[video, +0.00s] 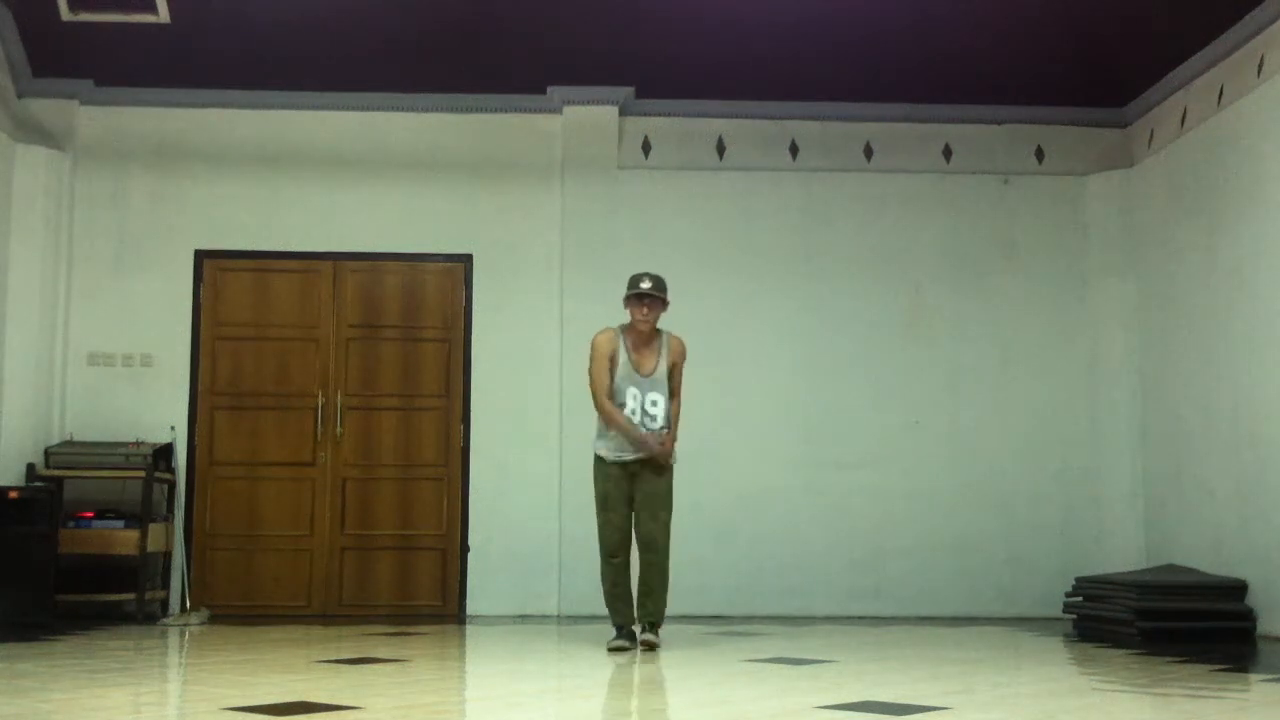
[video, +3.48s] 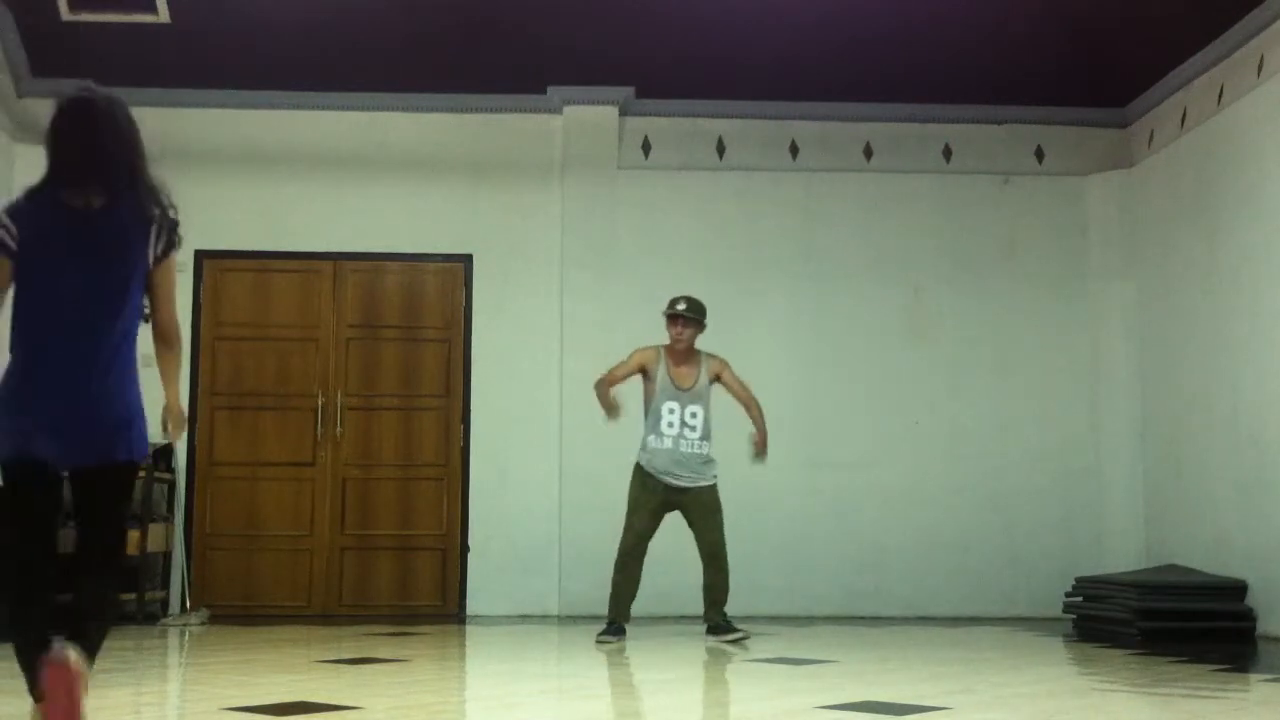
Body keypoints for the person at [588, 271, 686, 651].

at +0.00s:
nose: (644, 308)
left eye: (652, 302)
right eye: (637, 301)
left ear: (663, 307)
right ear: (627, 304)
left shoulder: (673, 347)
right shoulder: (606, 342)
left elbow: (674, 399)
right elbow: (601, 401)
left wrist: (669, 439)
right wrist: (639, 438)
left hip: (655, 460)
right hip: (612, 460)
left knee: (654, 542)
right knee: (614, 546)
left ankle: (650, 625)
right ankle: (622, 627)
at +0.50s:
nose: (653, 306)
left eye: (661, 300)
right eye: (647, 299)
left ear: (676, 306)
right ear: (639, 304)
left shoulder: (686, 358)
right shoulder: (621, 335)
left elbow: (681, 409)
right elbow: (576, 363)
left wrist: (679, 447)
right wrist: (594, 407)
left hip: (661, 464)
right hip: (617, 459)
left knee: (659, 548)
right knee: (620, 547)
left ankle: (654, 623)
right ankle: (626, 626)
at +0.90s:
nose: (628, 312)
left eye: (634, 306)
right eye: (626, 306)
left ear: (659, 306)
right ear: (628, 309)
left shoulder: (689, 349)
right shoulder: (624, 341)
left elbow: (698, 404)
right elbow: (601, 377)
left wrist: (676, 410)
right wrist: (578, 417)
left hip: (668, 467)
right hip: (624, 462)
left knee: (662, 550)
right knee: (623, 540)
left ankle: (655, 628)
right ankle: (626, 623)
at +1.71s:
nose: (636, 303)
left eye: (644, 297)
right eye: (630, 297)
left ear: (655, 304)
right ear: (621, 302)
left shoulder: (671, 351)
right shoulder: (601, 347)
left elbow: (677, 409)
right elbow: (590, 398)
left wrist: (677, 461)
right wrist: (595, 428)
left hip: (655, 463)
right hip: (612, 463)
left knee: (652, 545)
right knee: (618, 547)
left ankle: (652, 620)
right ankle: (628, 624)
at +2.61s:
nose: (628, 320)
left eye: (635, 315)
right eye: (622, 313)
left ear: (645, 320)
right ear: (612, 317)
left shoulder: (661, 359)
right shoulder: (594, 364)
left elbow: (670, 409)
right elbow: (589, 421)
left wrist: (697, 411)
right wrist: (573, 412)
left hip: (650, 470)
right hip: (607, 472)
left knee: (652, 544)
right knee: (608, 549)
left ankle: (657, 616)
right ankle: (613, 623)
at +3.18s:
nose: (660, 332)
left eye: (667, 327)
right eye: (654, 326)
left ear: (676, 332)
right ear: (644, 329)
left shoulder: (688, 373)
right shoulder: (624, 371)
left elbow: (705, 421)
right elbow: (605, 415)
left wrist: (731, 387)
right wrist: (589, 373)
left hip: (682, 482)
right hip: (636, 480)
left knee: (709, 550)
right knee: (621, 550)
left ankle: (715, 621)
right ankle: (615, 623)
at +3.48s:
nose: (678, 328)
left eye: (687, 323)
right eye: (674, 321)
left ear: (699, 328)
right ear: (667, 324)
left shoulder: (713, 366)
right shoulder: (649, 358)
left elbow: (748, 399)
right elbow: (604, 383)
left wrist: (761, 431)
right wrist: (609, 405)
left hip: (698, 480)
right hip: (652, 476)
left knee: (714, 550)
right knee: (631, 546)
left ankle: (716, 619)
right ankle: (616, 622)